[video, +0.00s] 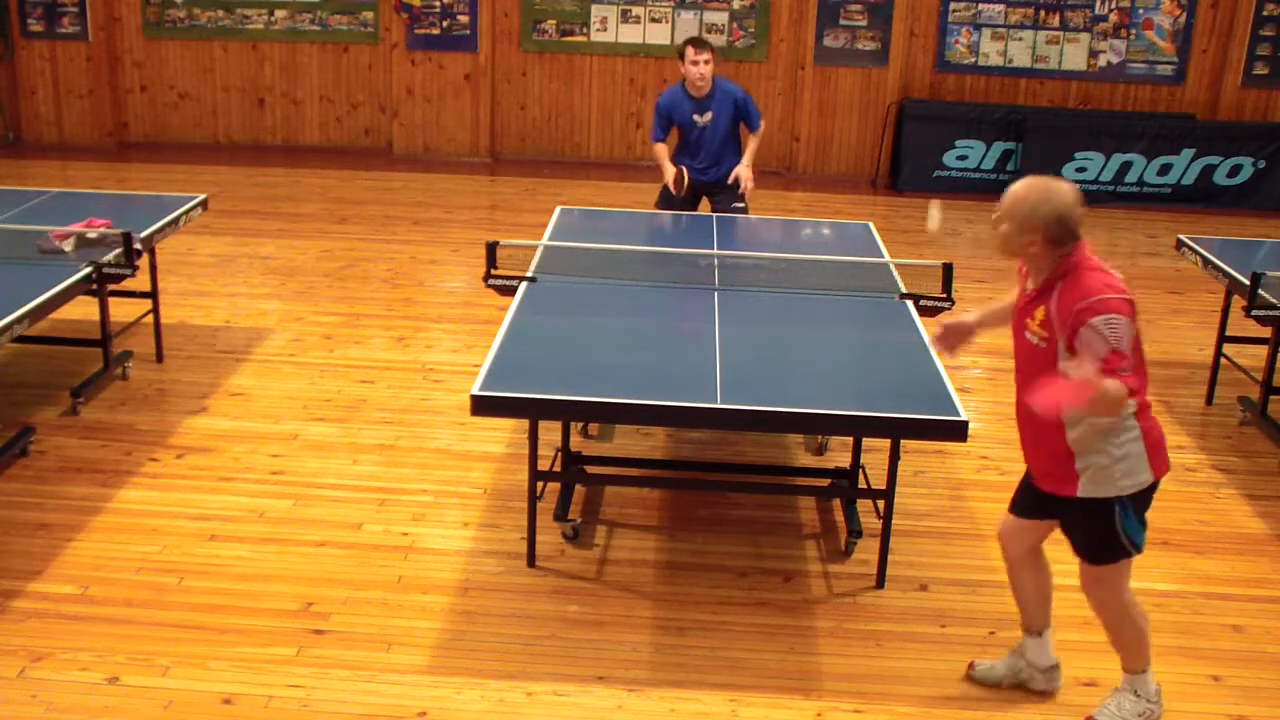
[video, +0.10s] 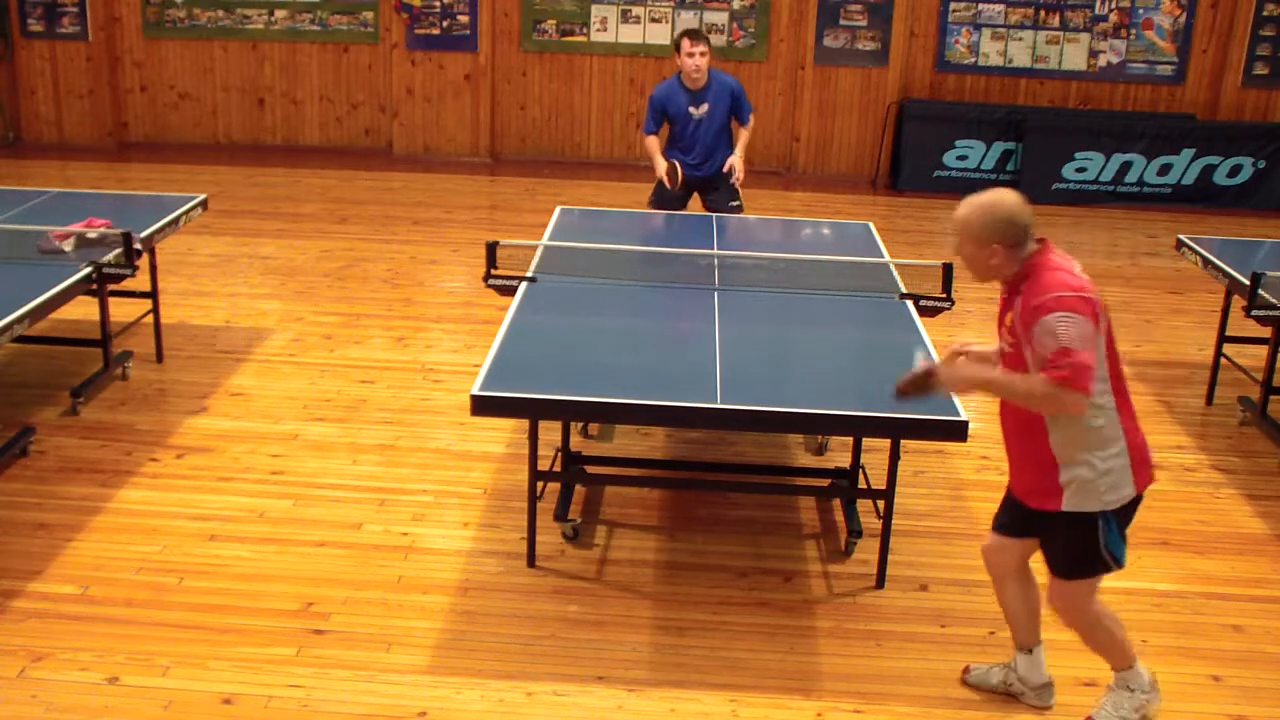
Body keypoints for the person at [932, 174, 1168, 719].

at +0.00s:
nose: (997, 225)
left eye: (1005, 222)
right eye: (1001, 217)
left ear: (1034, 244)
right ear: (1037, 242)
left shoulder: (1097, 298)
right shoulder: (1043, 266)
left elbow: (1119, 397)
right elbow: (1026, 307)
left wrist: (1084, 390)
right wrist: (972, 323)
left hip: (1109, 466)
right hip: (1059, 453)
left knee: (1106, 586)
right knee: (1016, 537)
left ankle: (1141, 691)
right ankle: (1037, 661)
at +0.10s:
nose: (959, 255)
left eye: (964, 247)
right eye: (959, 245)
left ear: (996, 253)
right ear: (1003, 247)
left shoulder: (1056, 297)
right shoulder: (1028, 277)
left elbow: (1070, 395)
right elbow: (1041, 357)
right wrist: (991, 357)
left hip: (1092, 477)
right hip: (1047, 464)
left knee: (1070, 599)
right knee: (1002, 552)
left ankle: (1136, 683)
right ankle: (1029, 672)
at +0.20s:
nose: (940, 251)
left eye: (941, 242)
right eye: (940, 241)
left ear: (960, 247)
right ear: (995, 234)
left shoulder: (1014, 308)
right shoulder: (1032, 273)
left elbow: (1016, 406)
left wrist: (942, 400)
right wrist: (975, 382)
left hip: (1064, 484)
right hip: (1032, 467)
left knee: (1008, 600)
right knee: (984, 559)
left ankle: (1101, 667)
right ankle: (1026, 672)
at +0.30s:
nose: (927, 238)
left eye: (928, 229)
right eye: (929, 229)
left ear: (939, 236)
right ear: (989, 227)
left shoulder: (981, 303)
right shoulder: (1026, 270)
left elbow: (954, 397)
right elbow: (1076, 332)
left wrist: (874, 359)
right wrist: (1013, 365)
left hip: (1023, 485)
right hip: (1058, 468)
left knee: (937, 588)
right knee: (982, 570)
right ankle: (1027, 671)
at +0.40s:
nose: (915, 230)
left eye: (916, 221)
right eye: (918, 221)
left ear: (925, 226)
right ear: (975, 220)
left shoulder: (949, 294)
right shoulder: (1015, 272)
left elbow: (893, 380)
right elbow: (1065, 333)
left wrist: (823, 327)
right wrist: (1004, 362)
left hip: (978, 481)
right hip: (1030, 470)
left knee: (883, 581)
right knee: (973, 566)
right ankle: (1026, 672)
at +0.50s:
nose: (896, 220)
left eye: (898, 212)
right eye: (897, 212)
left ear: (905, 217)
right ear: (962, 217)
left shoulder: (907, 290)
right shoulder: (1003, 282)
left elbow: (846, 371)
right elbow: (1045, 355)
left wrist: (776, 317)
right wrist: (980, 357)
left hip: (922, 484)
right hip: (993, 477)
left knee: (835, 587)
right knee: (960, 565)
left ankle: (822, 710)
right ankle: (1013, 674)